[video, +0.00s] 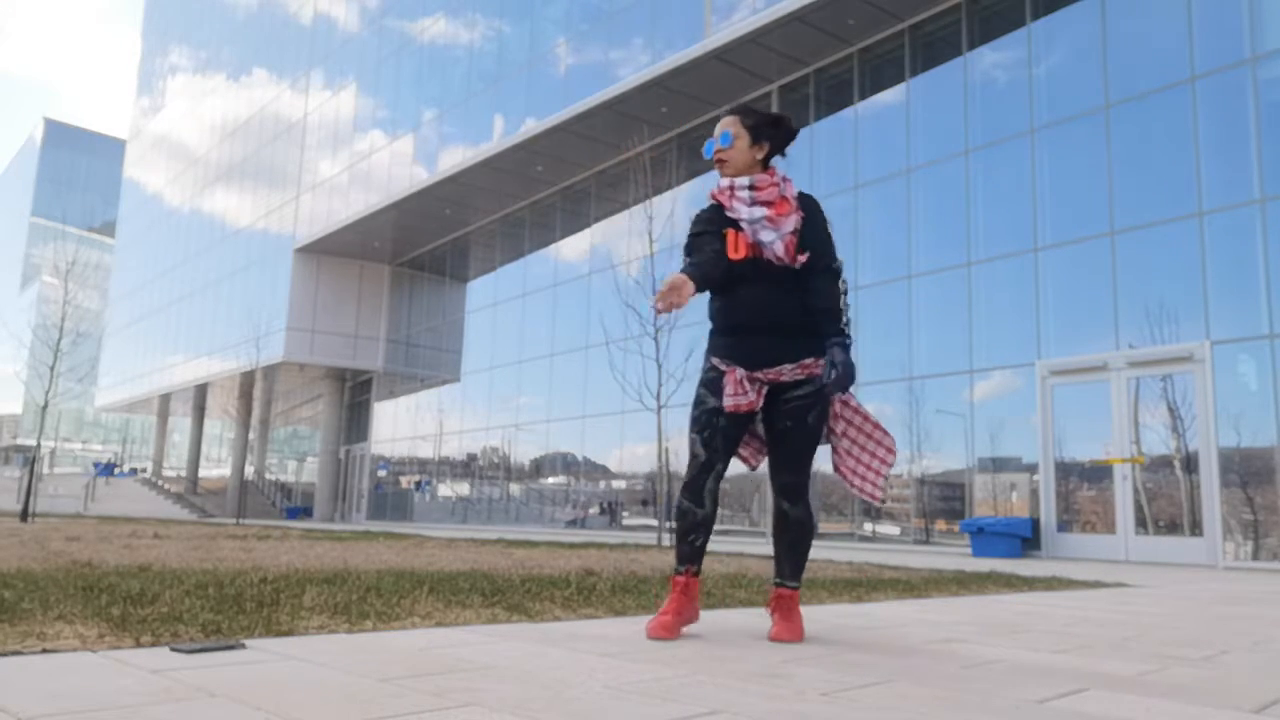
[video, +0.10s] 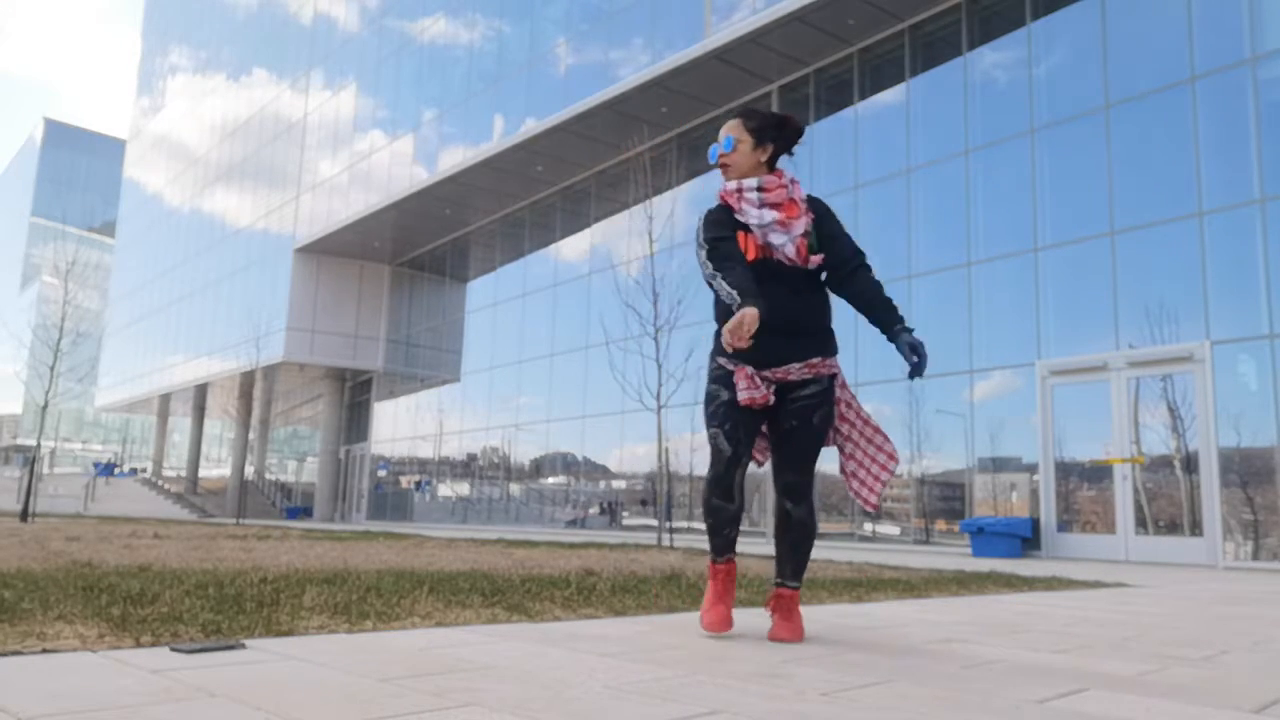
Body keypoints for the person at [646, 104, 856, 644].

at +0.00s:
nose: (716, 151)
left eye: (728, 141)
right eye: (717, 142)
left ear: (763, 149)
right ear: (741, 151)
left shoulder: (804, 210)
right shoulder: (715, 215)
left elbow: (827, 282)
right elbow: (708, 259)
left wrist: (837, 344)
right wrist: (686, 280)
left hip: (799, 366)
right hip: (730, 365)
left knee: (792, 487)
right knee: (701, 473)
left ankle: (786, 600)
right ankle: (683, 590)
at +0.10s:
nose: (720, 156)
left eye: (731, 145)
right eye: (720, 146)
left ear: (767, 153)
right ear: (738, 155)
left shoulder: (811, 213)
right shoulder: (720, 218)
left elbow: (852, 274)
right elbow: (724, 267)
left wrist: (897, 331)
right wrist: (745, 303)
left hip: (806, 368)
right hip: (738, 366)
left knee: (794, 484)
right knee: (725, 464)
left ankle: (785, 598)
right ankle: (720, 576)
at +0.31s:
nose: (722, 170)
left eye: (730, 159)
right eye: (722, 160)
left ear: (764, 159)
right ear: (749, 160)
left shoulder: (823, 215)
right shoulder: (730, 222)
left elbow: (892, 260)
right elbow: (748, 281)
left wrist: (973, 274)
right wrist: (824, 299)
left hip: (812, 367)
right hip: (745, 369)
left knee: (801, 483)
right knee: (758, 476)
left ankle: (788, 600)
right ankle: (757, 587)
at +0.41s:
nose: (723, 175)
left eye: (730, 163)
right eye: (722, 165)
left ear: (764, 161)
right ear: (746, 163)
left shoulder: (828, 213)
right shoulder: (734, 224)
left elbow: (899, 250)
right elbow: (752, 280)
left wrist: (981, 249)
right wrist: (828, 286)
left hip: (814, 373)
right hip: (744, 373)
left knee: (801, 488)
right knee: (716, 472)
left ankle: (786, 603)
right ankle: (746, 584)